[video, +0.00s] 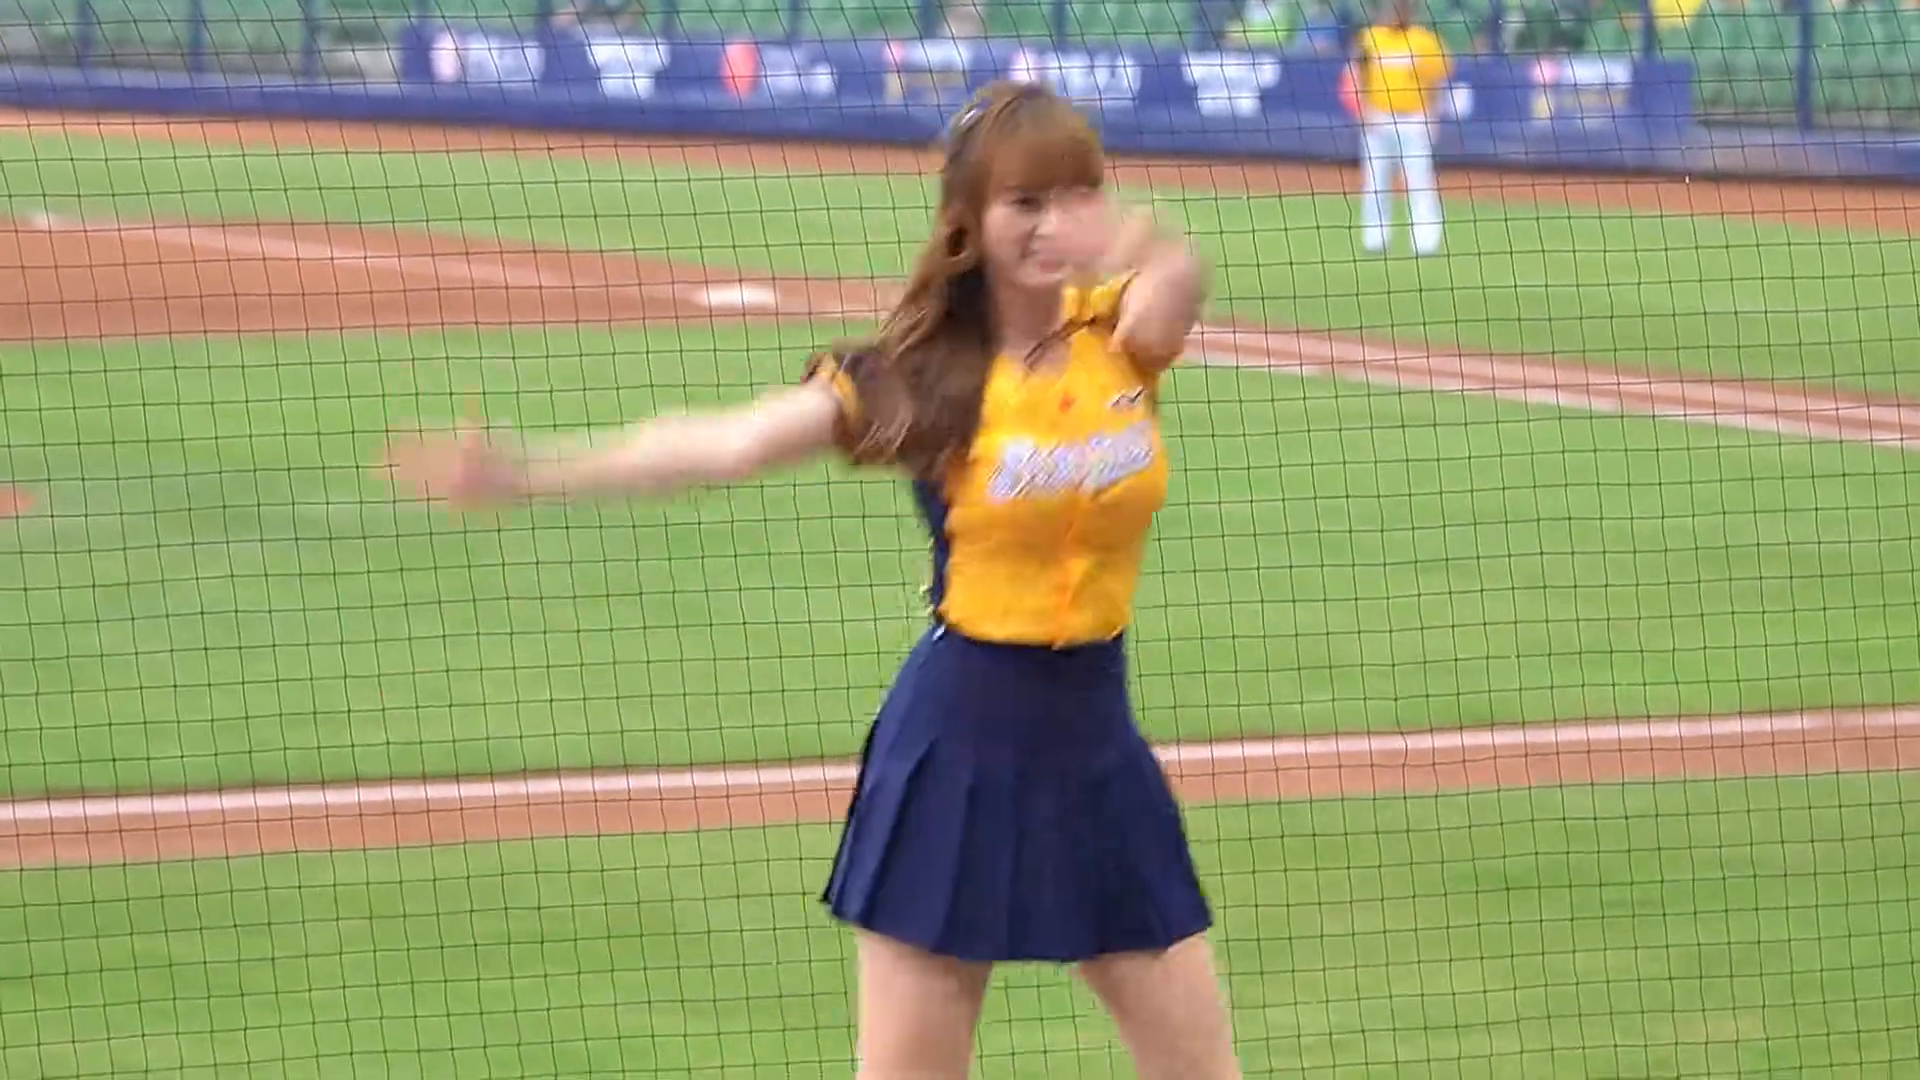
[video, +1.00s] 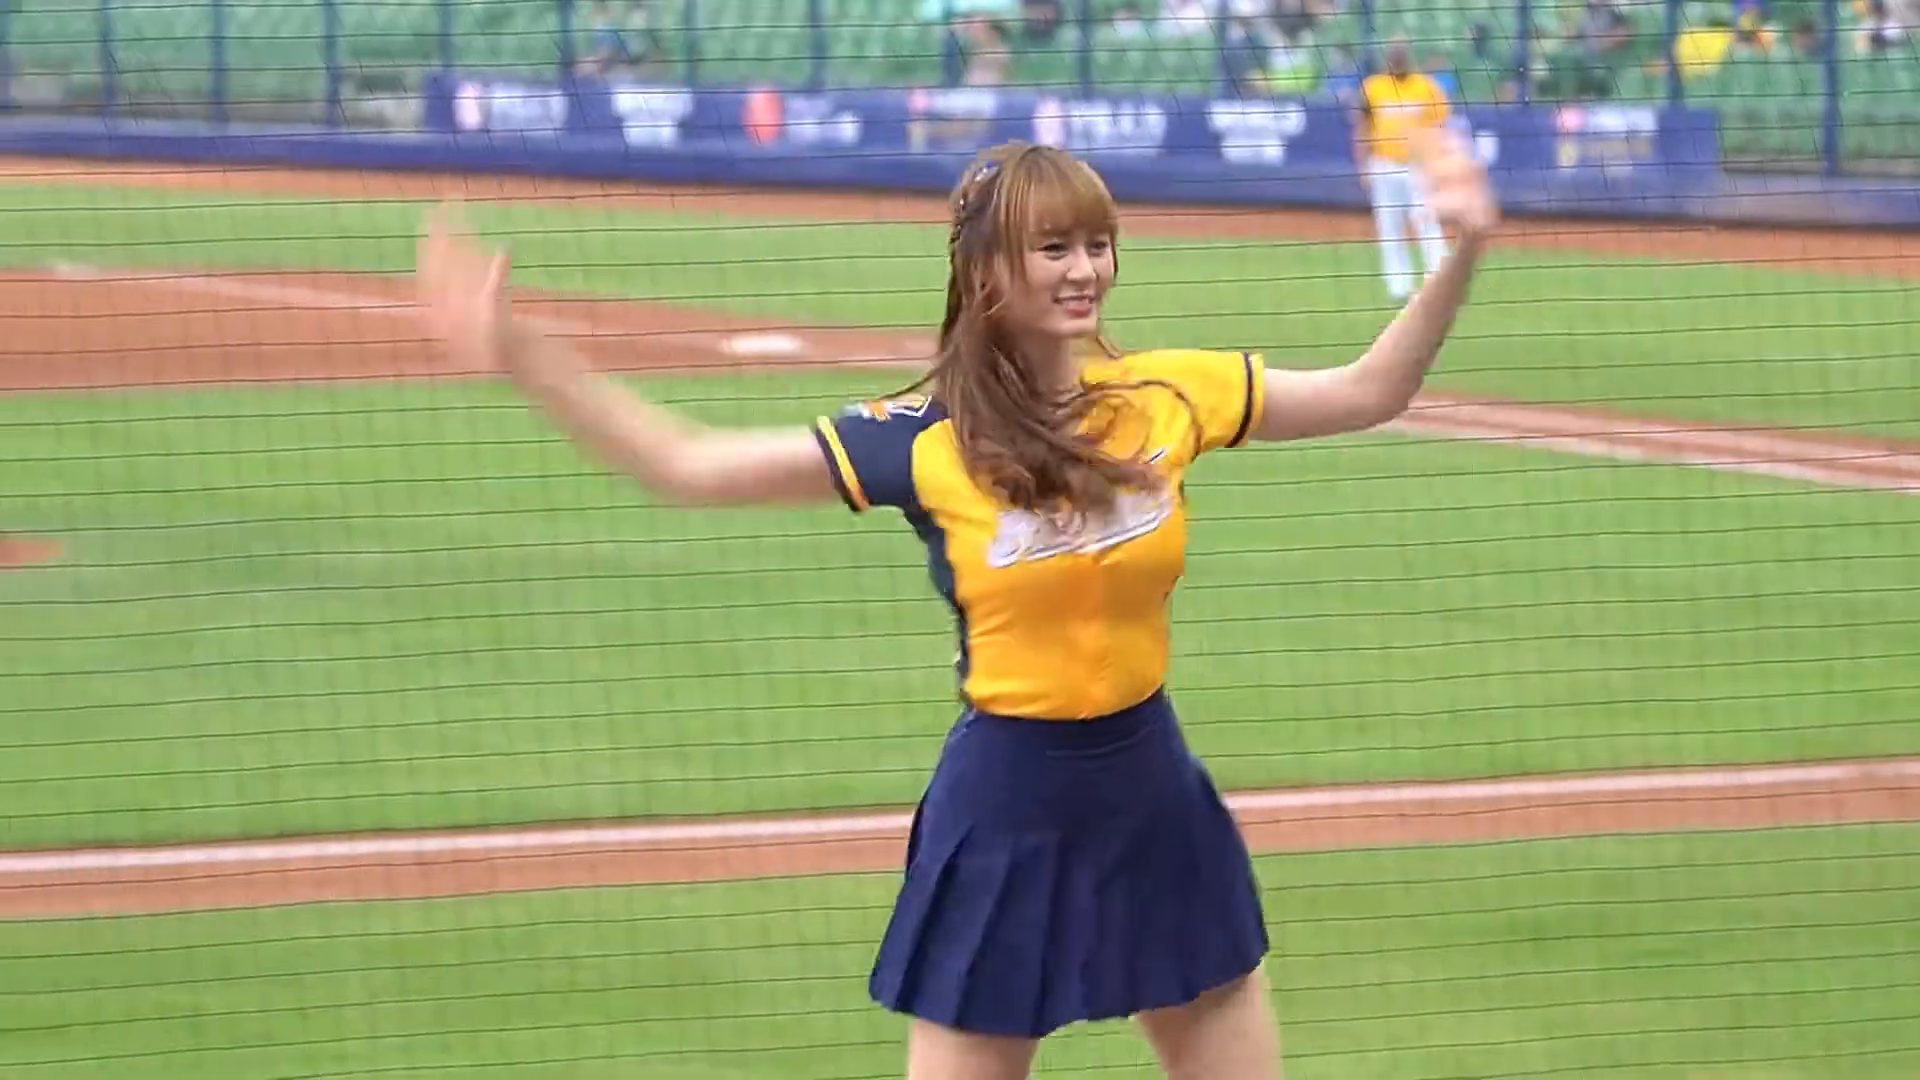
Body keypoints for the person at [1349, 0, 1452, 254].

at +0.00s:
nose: (1400, 13)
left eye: (1404, 7)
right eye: (1395, 8)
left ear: (1411, 10)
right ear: (1386, 10)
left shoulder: (1425, 41)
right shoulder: (1370, 39)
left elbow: (1437, 84)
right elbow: (1355, 79)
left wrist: (1433, 117)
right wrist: (1364, 112)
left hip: (1415, 118)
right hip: (1377, 118)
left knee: (1420, 178)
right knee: (1376, 179)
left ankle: (1426, 236)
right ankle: (1375, 235)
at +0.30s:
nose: (1369, 11)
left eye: (1373, 6)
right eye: (1364, 6)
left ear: (1381, 8)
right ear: (1356, 9)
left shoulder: (1396, 35)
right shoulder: (1343, 37)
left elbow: (1410, 75)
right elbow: (1332, 80)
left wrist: (1402, 111)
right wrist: (1326, 117)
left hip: (1388, 115)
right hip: (1352, 115)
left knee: (1398, 176)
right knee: (1354, 177)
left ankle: (1411, 234)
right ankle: (1360, 234)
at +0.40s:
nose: (1352, 30)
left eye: (1356, 24)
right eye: (1347, 24)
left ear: (1363, 27)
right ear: (1340, 27)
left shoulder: (1378, 54)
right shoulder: (1324, 56)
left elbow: (1393, 93)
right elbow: (1315, 95)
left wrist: (1386, 128)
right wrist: (1310, 128)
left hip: (1372, 134)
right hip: (1336, 136)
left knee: (1383, 195)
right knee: (1341, 199)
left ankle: (1395, 252)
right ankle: (1349, 254)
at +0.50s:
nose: (1334, 44)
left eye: (1338, 38)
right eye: (1330, 38)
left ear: (1345, 40)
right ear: (1323, 40)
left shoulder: (1361, 66)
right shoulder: (1306, 68)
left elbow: (1374, 106)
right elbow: (1295, 112)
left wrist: (1369, 142)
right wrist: (1289, 152)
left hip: (1355, 147)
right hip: (1318, 147)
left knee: (1365, 207)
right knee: (1318, 209)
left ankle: (1379, 263)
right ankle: (1315, 263)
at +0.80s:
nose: (1325, 63)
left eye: (1329, 58)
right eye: (1320, 58)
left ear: (1337, 60)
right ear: (1313, 61)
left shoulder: (1354, 90)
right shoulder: (1298, 91)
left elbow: (1367, 134)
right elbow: (1288, 133)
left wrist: (1368, 170)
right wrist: (1287, 172)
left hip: (1348, 168)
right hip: (1311, 169)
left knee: (1358, 225)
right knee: (1315, 229)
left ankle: (1374, 285)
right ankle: (1325, 288)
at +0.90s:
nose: (1359, 60)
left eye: (1364, 55)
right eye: (1355, 55)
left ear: (1371, 57)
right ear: (1348, 58)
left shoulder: (1387, 86)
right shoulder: (1333, 88)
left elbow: (1403, 128)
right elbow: (1323, 128)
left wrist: (1403, 165)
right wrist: (1324, 165)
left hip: (1383, 164)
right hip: (1346, 165)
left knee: (1393, 223)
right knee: (1351, 227)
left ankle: (1409, 282)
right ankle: (1361, 285)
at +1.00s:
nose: (1397, 62)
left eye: (1401, 56)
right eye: (1393, 56)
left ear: (1408, 58)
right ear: (1386, 59)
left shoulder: (1426, 87)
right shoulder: (1372, 88)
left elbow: (1442, 125)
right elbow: (1362, 129)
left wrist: (1440, 160)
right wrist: (1363, 165)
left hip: (1420, 163)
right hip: (1384, 164)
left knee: (1428, 222)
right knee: (1390, 226)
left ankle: (1439, 275)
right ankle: (1399, 283)